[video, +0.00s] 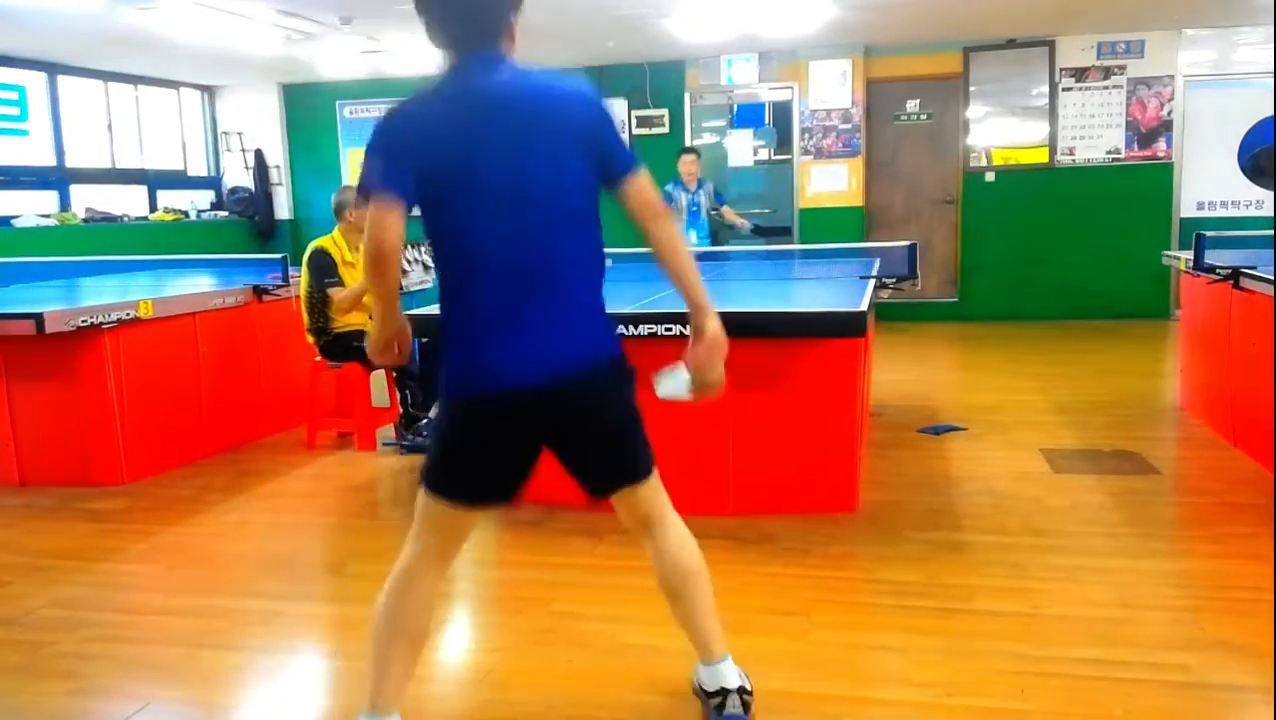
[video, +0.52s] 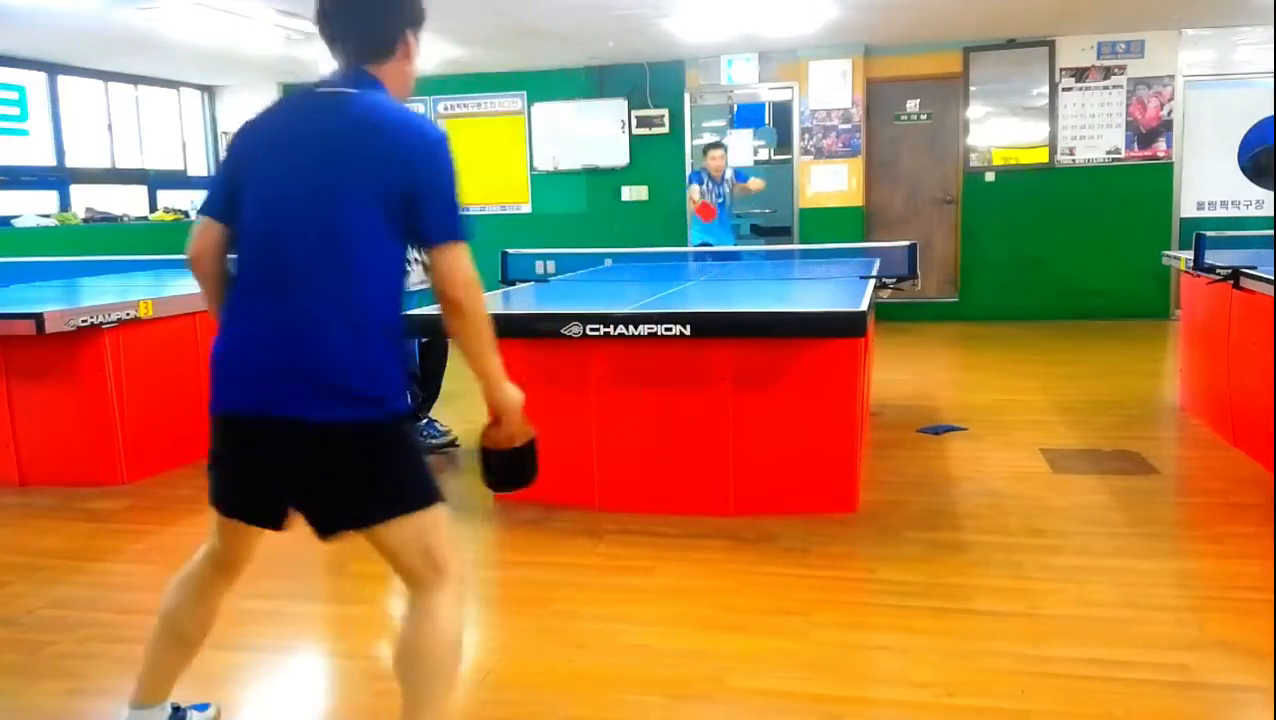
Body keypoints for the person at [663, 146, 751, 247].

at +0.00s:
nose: (689, 168)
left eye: (693, 163)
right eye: (685, 163)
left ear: (698, 165)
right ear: (678, 166)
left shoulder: (708, 187)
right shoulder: (670, 190)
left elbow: (723, 209)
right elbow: (663, 218)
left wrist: (738, 221)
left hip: (704, 247)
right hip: (679, 249)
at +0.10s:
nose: (702, 165)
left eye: (706, 160)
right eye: (697, 160)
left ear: (712, 162)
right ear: (691, 163)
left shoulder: (719, 184)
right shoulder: (681, 186)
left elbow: (734, 206)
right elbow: (670, 215)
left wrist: (743, 227)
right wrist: (685, 238)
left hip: (712, 245)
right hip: (686, 246)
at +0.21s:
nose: (709, 167)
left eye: (713, 162)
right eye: (705, 162)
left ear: (718, 164)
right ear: (698, 165)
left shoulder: (726, 183)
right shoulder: (688, 186)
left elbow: (743, 205)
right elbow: (675, 214)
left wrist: (733, 210)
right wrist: (691, 233)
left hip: (717, 240)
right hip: (692, 241)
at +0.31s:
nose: (712, 170)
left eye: (716, 165)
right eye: (708, 165)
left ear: (722, 167)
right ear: (701, 168)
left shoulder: (730, 182)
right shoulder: (693, 188)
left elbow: (750, 199)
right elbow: (681, 219)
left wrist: (733, 198)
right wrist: (699, 229)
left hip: (724, 241)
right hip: (699, 242)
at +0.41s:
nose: (714, 172)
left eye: (718, 167)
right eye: (709, 167)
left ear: (723, 168)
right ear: (701, 169)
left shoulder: (730, 182)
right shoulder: (693, 190)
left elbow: (756, 193)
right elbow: (686, 222)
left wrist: (735, 193)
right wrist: (709, 221)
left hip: (725, 246)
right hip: (700, 248)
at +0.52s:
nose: (718, 163)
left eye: (722, 158)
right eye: (713, 159)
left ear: (726, 160)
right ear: (705, 162)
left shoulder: (731, 174)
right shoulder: (697, 176)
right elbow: (694, 190)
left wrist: (752, 185)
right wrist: (696, 201)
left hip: (724, 232)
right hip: (702, 232)